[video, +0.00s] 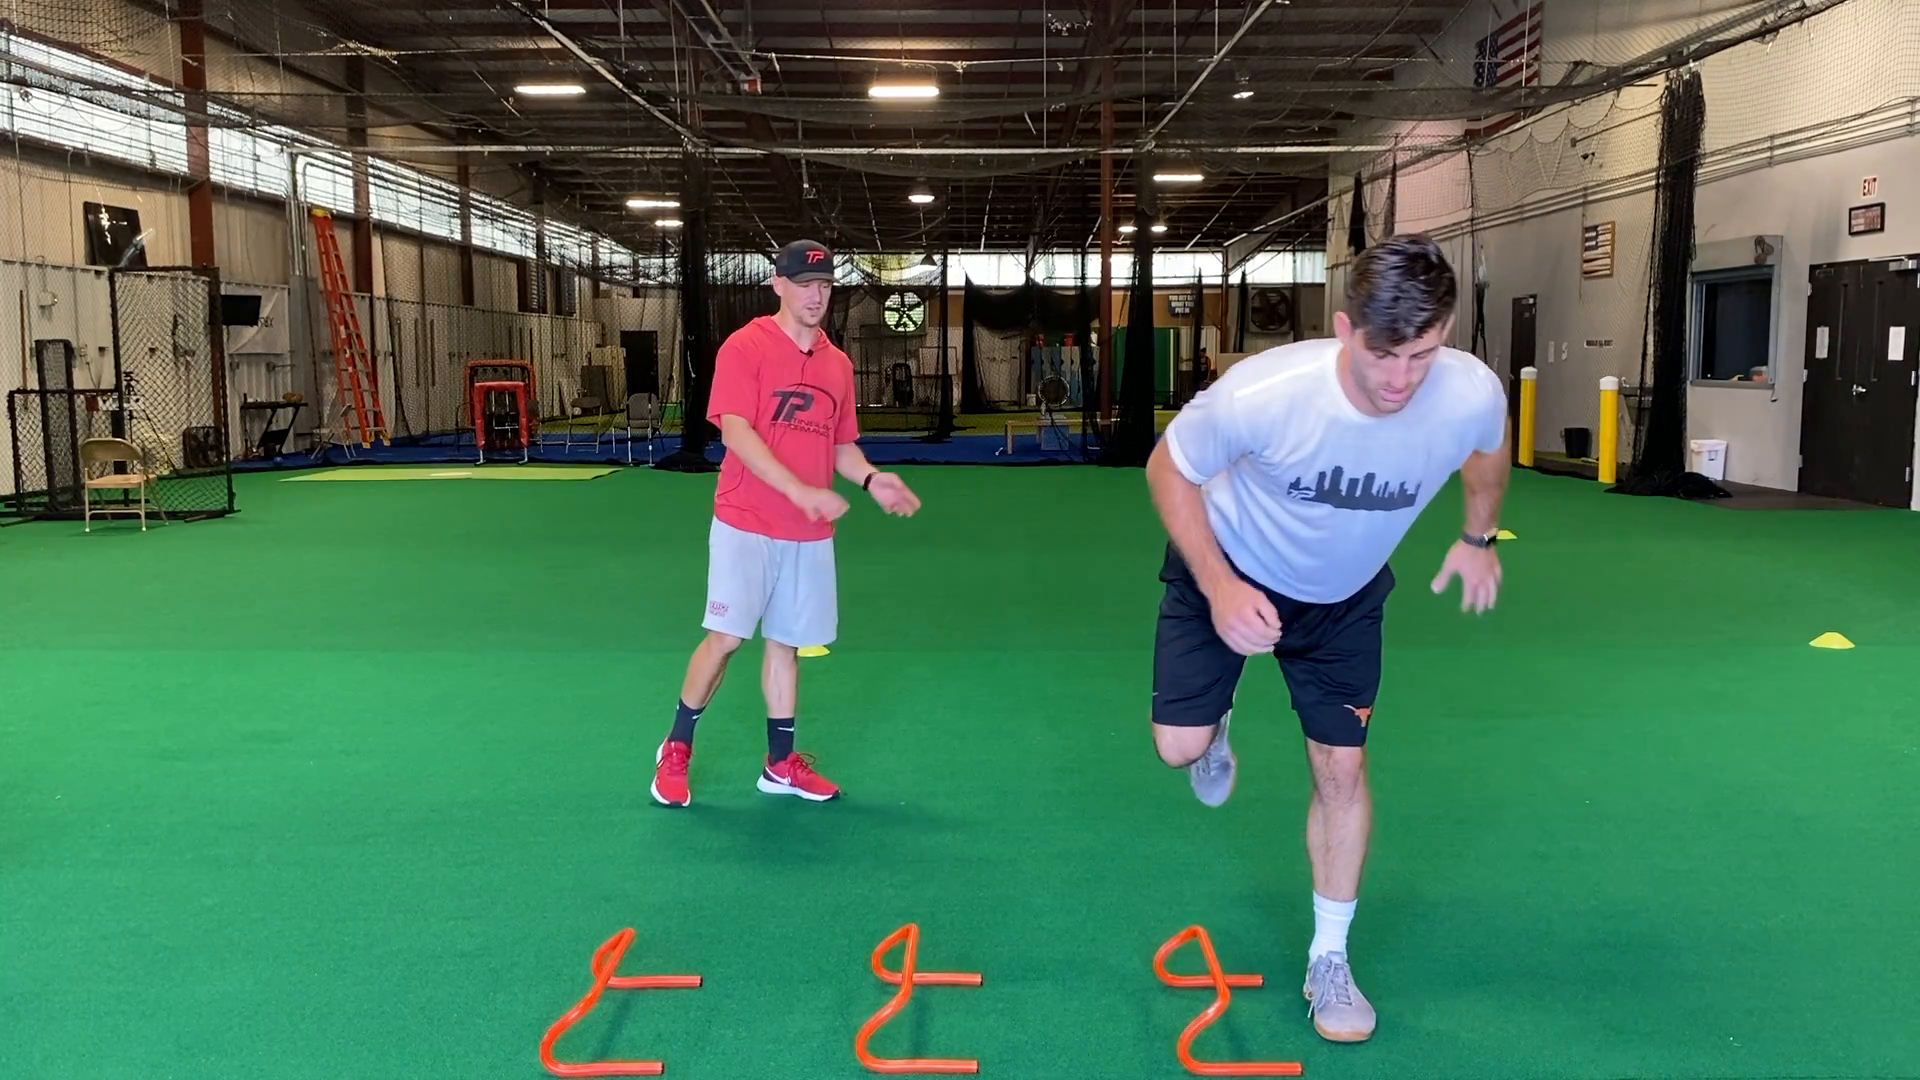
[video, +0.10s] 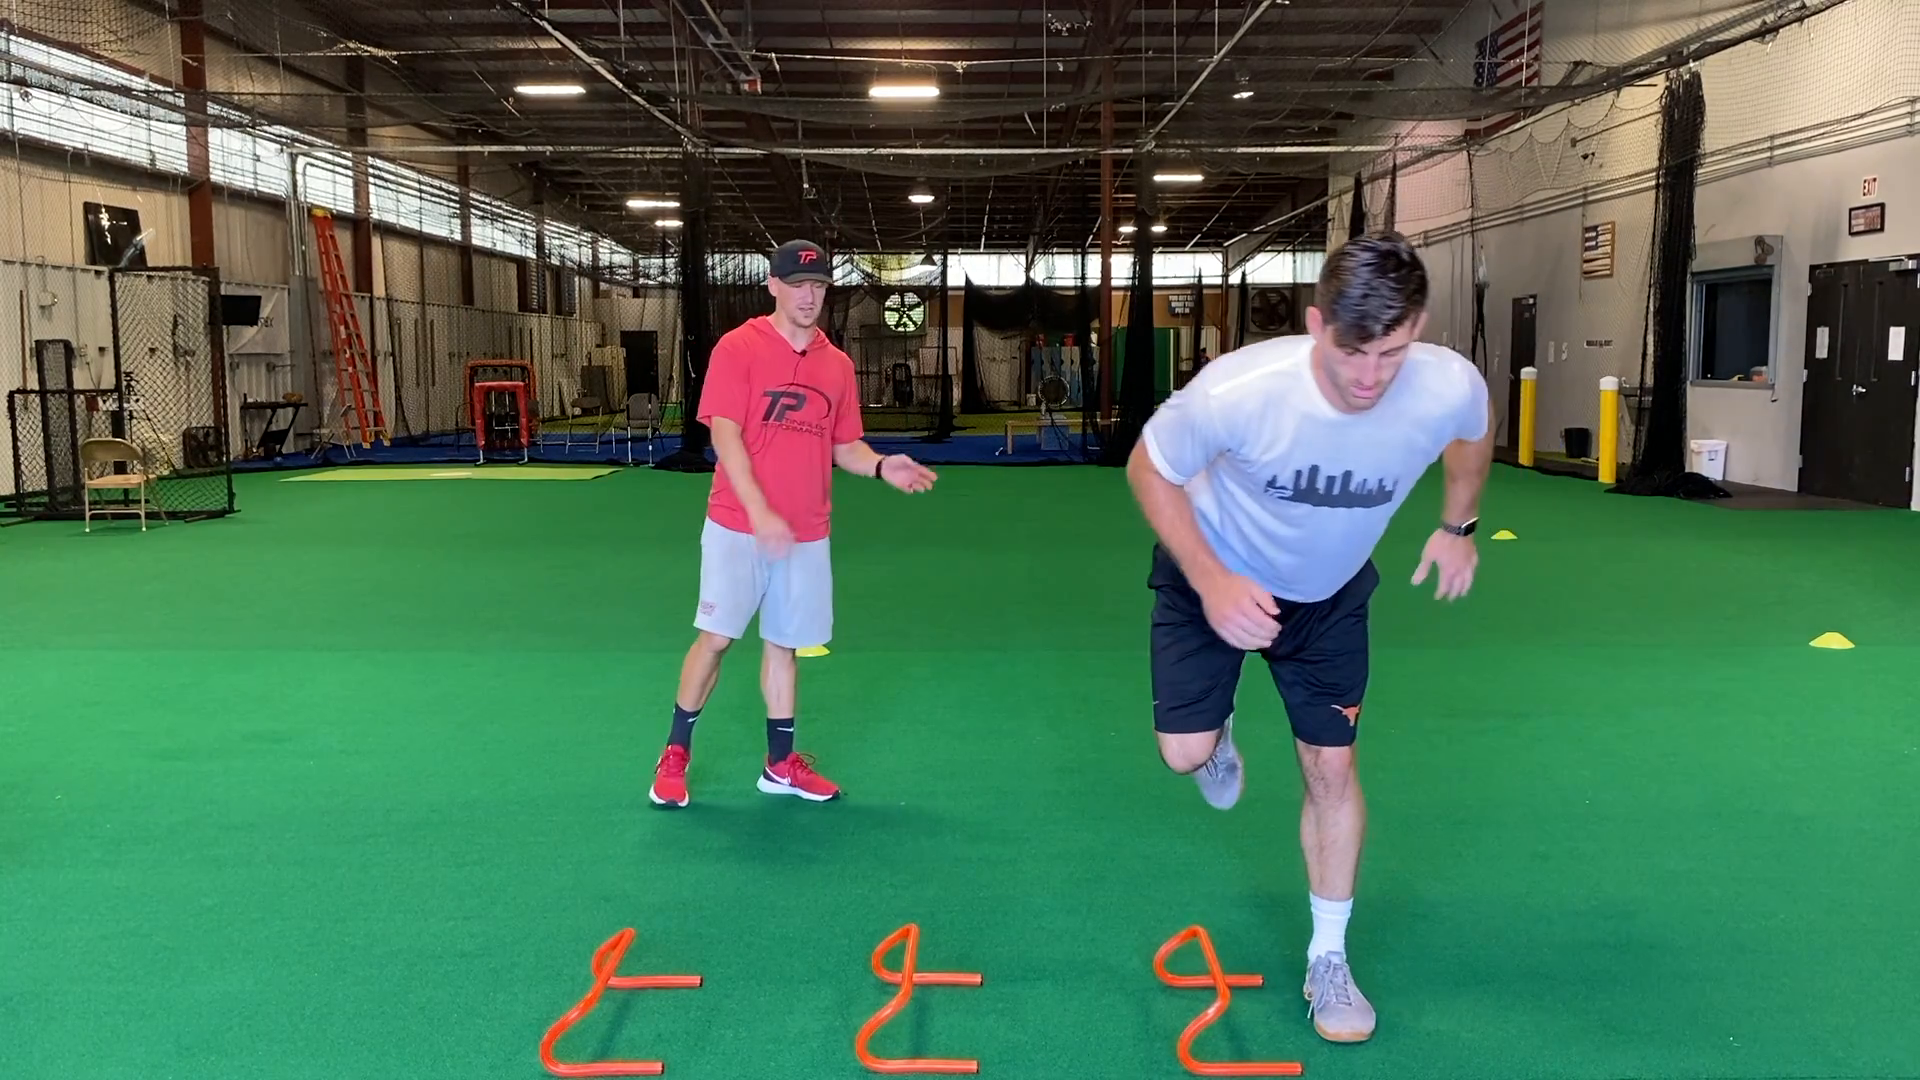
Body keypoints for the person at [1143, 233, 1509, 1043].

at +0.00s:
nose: (1400, 376)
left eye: (1421, 356)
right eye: (1383, 354)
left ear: (1442, 338)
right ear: (1344, 328)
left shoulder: (1471, 397)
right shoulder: (1262, 393)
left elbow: (1489, 456)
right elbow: (1167, 467)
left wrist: (1478, 535)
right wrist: (1218, 586)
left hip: (1345, 594)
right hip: (1223, 570)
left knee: (1341, 764)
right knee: (1179, 743)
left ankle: (1330, 957)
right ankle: (1208, 733)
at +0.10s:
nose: (1368, 373)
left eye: (1390, 353)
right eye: (1351, 351)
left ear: (1415, 331)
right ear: (1315, 323)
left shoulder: (1448, 388)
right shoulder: (1239, 389)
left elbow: (1473, 430)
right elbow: (1147, 464)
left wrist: (1458, 523)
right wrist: (1210, 579)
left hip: (1331, 589)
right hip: (1209, 572)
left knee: (1330, 762)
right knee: (1182, 750)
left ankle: (1328, 956)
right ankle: (1212, 742)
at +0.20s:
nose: (1329, 367)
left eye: (1349, 348)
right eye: (1312, 345)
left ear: (1378, 326)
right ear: (1278, 320)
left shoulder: (1419, 394)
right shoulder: (1204, 383)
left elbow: (1445, 453)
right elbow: (1125, 453)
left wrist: (1421, 567)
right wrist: (1161, 588)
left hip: (1312, 594)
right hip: (1194, 578)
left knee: (1320, 766)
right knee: (1170, 749)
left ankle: (1328, 958)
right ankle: (1182, 762)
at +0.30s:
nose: (1278, 362)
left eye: (1298, 341)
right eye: (1260, 339)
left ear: (1329, 319)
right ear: (1227, 316)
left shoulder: (1376, 406)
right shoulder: (1160, 377)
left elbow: (1399, 493)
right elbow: (1092, 432)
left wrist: (1361, 618)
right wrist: (1079, 562)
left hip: (1284, 591)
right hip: (1160, 576)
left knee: (1308, 772)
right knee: (1134, 749)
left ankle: (1324, 957)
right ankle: (1127, 803)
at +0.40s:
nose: (1207, 339)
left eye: (1225, 320)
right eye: (1189, 318)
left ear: (1258, 301)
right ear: (1159, 298)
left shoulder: (1313, 384)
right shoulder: (1102, 361)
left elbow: (1355, 469)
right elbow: (1038, 376)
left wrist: (1292, 528)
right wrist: (1030, 494)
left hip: (1253, 595)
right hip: (1126, 577)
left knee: (1292, 773)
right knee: (1080, 741)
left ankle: (1325, 958)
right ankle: (1067, 857)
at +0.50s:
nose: (1127, 305)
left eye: (1144, 285)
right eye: (1109, 286)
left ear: (1171, 269)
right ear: (1076, 270)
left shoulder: (1228, 331)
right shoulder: (1013, 347)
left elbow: (1294, 371)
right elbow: (981, 403)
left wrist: (1258, 493)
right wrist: (1007, 523)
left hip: (1200, 561)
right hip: (1074, 562)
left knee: (1261, 739)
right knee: (1047, 744)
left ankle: (1324, 915)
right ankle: (1030, 924)